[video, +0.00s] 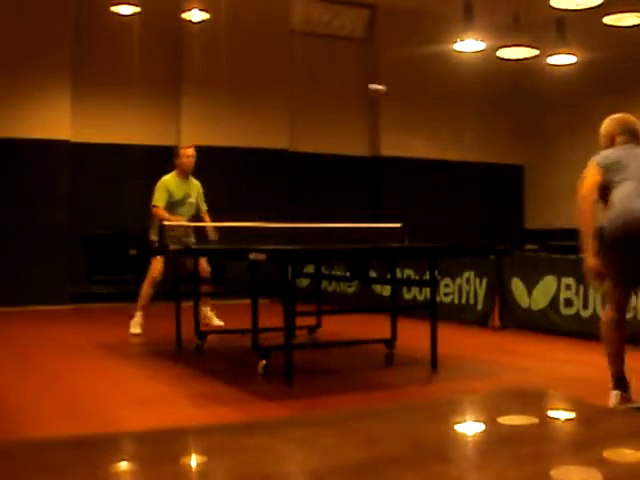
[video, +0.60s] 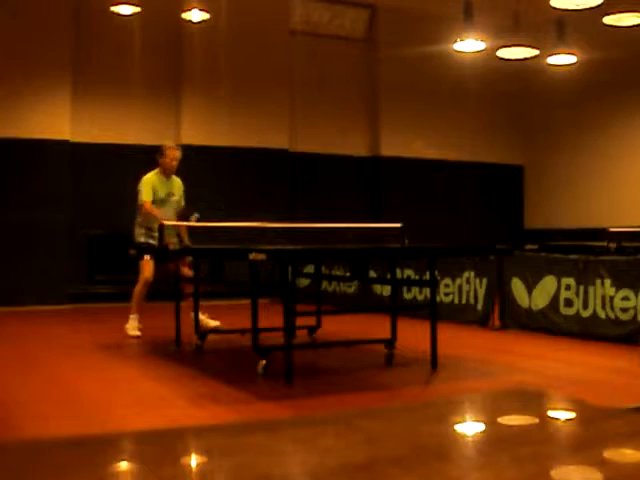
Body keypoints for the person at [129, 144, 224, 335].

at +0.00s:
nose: (190, 161)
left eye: (192, 157)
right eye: (186, 157)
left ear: (195, 160)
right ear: (177, 160)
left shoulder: (196, 185)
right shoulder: (165, 182)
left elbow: (203, 212)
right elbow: (157, 209)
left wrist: (211, 230)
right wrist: (174, 219)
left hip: (187, 236)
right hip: (165, 236)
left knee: (204, 270)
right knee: (156, 273)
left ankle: (205, 310)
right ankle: (138, 315)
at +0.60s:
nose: (174, 163)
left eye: (177, 160)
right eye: (171, 159)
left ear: (178, 161)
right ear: (161, 159)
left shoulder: (177, 183)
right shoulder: (148, 180)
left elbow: (180, 216)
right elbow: (146, 207)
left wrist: (186, 242)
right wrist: (163, 220)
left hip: (170, 234)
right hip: (148, 233)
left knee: (186, 272)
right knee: (147, 275)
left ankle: (196, 314)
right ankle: (133, 318)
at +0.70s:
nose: (173, 161)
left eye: (175, 157)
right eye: (169, 157)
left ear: (177, 160)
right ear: (159, 157)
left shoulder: (177, 183)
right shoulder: (147, 180)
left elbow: (181, 214)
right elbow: (143, 196)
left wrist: (186, 241)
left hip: (172, 235)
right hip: (149, 234)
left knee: (187, 273)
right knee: (147, 276)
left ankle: (196, 314)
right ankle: (134, 318)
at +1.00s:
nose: (186, 158)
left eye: (189, 154)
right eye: (183, 154)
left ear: (192, 158)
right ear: (174, 156)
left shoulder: (196, 183)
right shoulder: (162, 178)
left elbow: (205, 212)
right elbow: (144, 196)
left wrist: (214, 239)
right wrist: (140, 196)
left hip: (186, 239)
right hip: (163, 239)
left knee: (200, 272)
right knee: (154, 275)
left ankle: (199, 314)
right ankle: (136, 316)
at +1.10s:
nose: (189, 152)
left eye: (192, 149)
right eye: (186, 149)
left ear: (196, 153)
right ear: (178, 153)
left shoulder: (200, 179)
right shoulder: (166, 175)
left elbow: (211, 207)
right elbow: (150, 199)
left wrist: (221, 233)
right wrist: (145, 219)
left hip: (190, 236)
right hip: (167, 235)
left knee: (199, 274)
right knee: (158, 273)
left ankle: (200, 315)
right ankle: (142, 313)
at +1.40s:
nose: (195, 149)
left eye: (197, 146)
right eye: (191, 146)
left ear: (200, 151)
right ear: (181, 149)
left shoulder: (202, 176)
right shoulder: (170, 174)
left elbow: (211, 204)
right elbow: (159, 202)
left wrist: (220, 226)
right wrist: (167, 225)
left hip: (197, 235)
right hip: (175, 234)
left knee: (204, 270)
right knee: (167, 275)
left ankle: (204, 312)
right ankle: (158, 314)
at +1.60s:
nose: (213, 152)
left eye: (215, 149)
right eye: (209, 148)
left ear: (217, 153)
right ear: (199, 150)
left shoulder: (213, 178)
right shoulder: (187, 173)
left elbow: (216, 209)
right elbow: (176, 200)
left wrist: (224, 234)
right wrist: (186, 227)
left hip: (206, 231)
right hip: (185, 231)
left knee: (219, 268)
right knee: (172, 273)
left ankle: (230, 308)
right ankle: (158, 313)